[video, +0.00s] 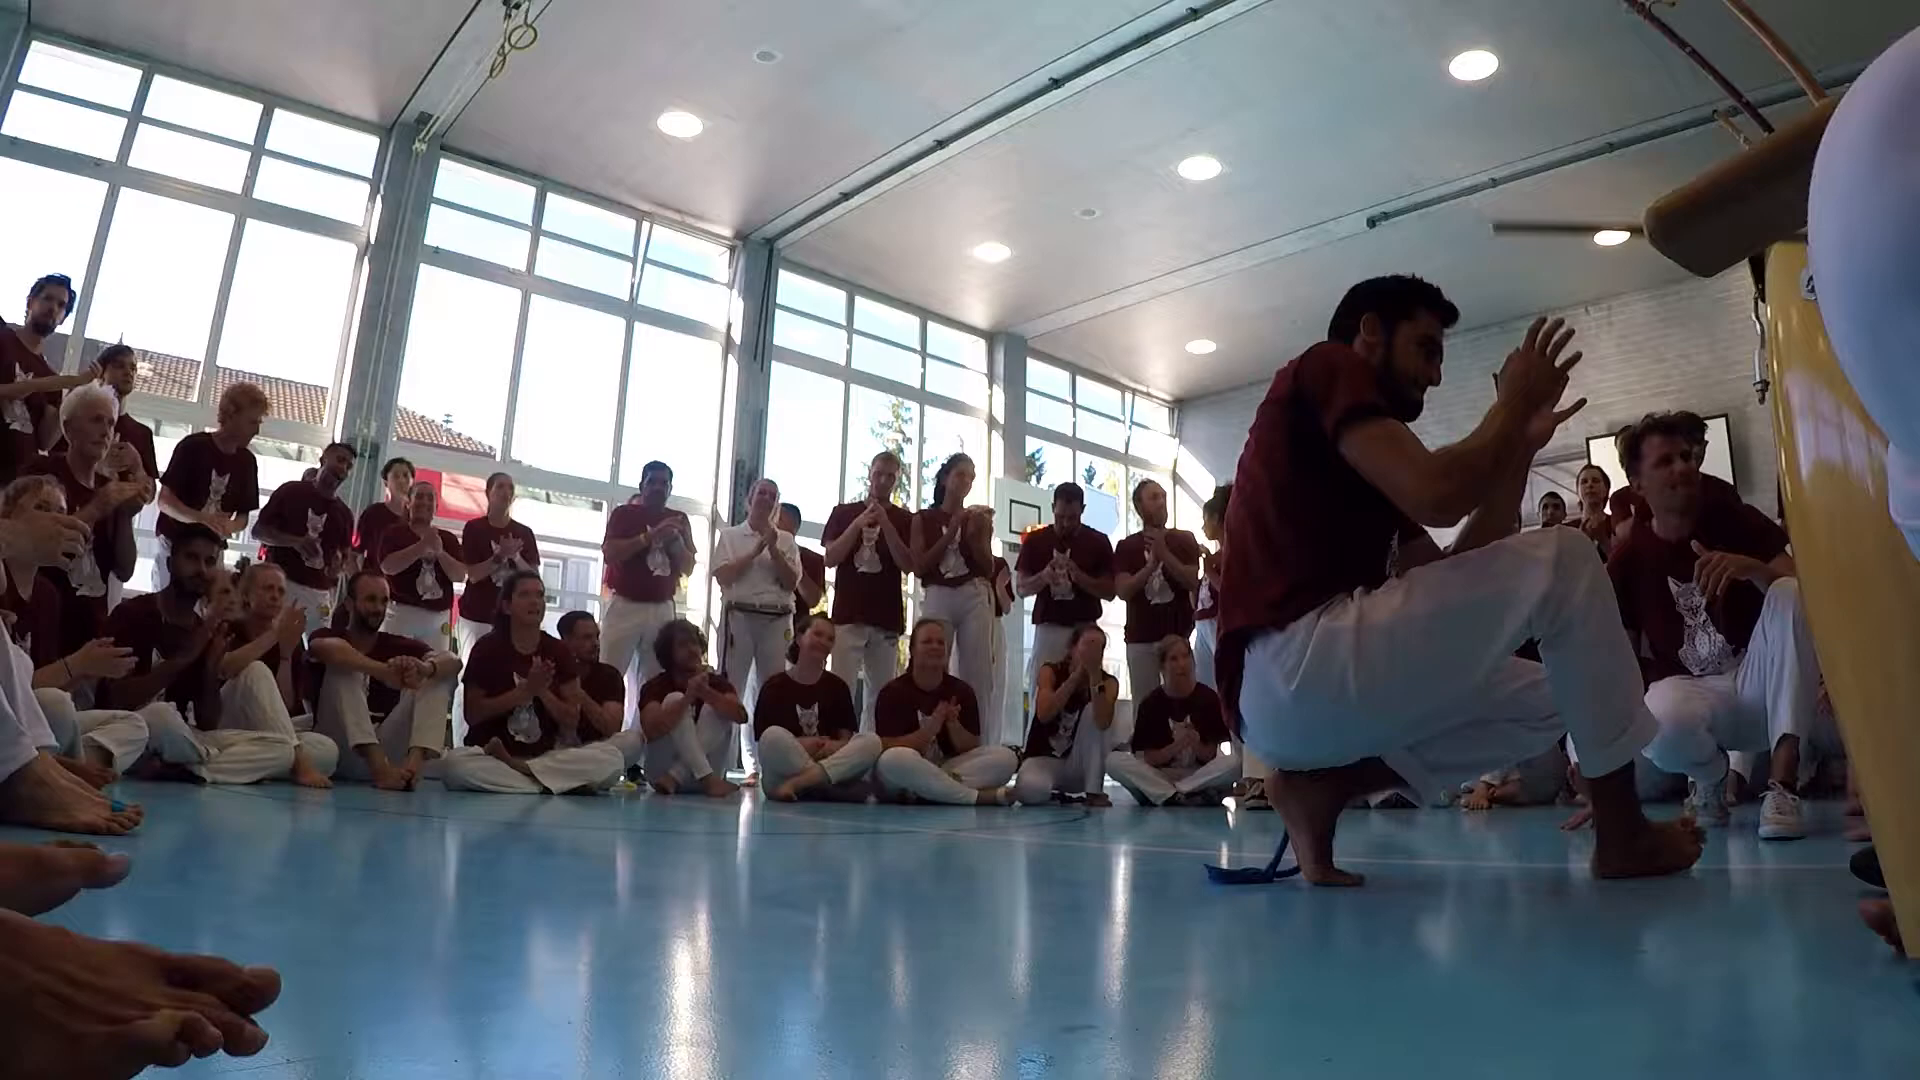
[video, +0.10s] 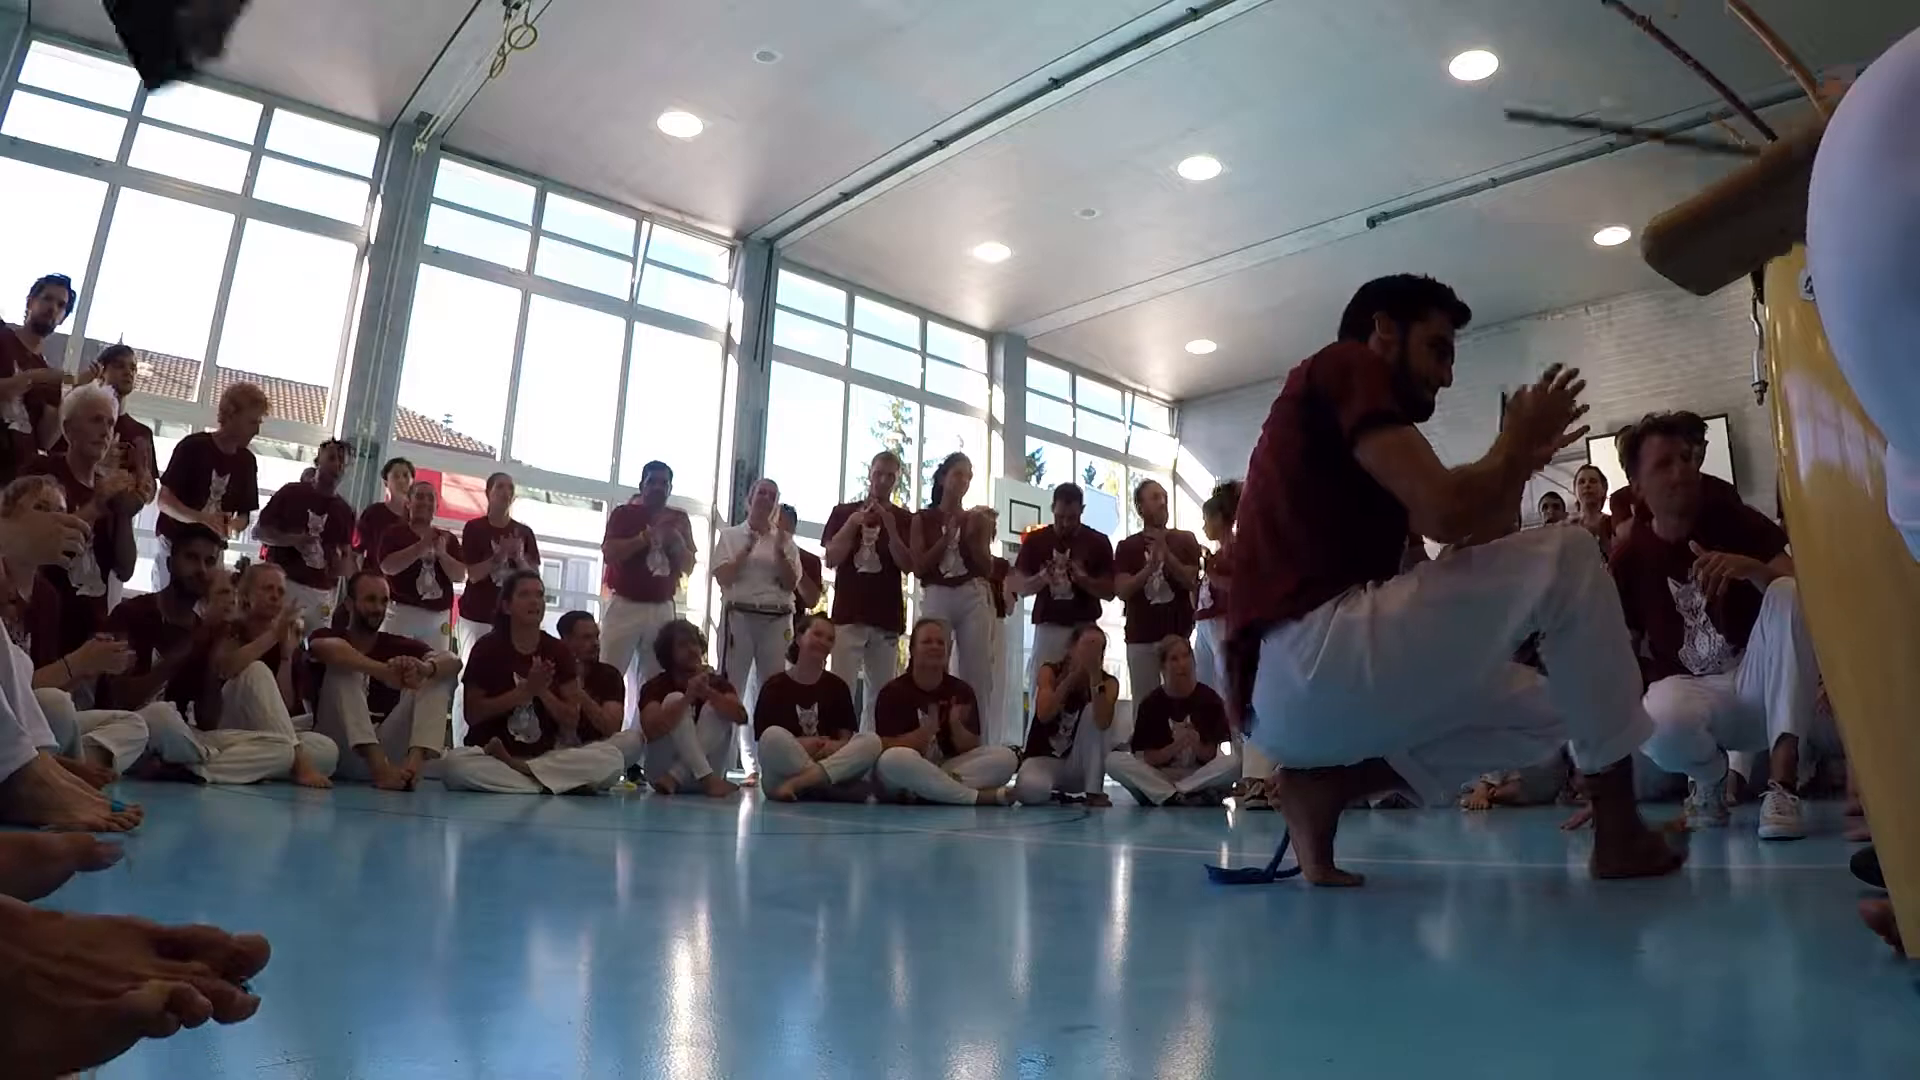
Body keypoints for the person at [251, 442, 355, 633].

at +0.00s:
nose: (343, 469)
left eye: (349, 466)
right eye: (339, 460)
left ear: (350, 472)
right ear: (322, 459)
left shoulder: (345, 514)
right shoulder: (290, 491)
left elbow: (346, 556)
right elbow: (259, 530)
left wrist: (337, 566)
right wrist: (297, 542)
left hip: (320, 595)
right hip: (281, 587)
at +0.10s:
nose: (337, 466)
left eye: (342, 461)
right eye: (331, 458)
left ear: (346, 467)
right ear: (318, 461)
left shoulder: (346, 511)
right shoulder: (291, 492)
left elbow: (348, 558)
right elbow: (260, 531)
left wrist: (339, 566)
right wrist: (296, 540)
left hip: (322, 593)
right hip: (283, 586)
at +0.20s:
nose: (331, 467)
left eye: (334, 461)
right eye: (325, 460)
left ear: (340, 465)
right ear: (313, 462)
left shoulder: (347, 511)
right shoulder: (291, 495)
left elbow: (348, 558)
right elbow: (270, 539)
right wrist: (296, 519)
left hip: (324, 591)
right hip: (287, 583)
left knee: (315, 657)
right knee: (275, 653)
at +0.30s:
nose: (323, 465)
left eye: (329, 459)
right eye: (318, 459)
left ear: (338, 463)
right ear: (309, 463)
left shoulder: (346, 510)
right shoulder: (291, 495)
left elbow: (345, 552)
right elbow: (276, 540)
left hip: (325, 583)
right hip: (291, 575)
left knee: (317, 648)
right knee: (280, 643)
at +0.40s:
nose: (326, 463)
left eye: (331, 457)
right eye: (320, 457)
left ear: (338, 463)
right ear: (309, 462)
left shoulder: (343, 503)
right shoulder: (293, 494)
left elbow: (345, 550)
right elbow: (286, 539)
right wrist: (322, 531)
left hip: (326, 587)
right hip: (290, 580)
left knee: (319, 652)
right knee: (280, 647)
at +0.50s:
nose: (330, 462)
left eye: (335, 456)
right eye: (324, 455)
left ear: (339, 463)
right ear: (309, 460)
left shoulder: (342, 504)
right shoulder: (293, 493)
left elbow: (347, 551)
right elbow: (281, 538)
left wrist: (356, 588)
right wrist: (312, 530)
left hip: (325, 586)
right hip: (290, 580)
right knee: (280, 646)